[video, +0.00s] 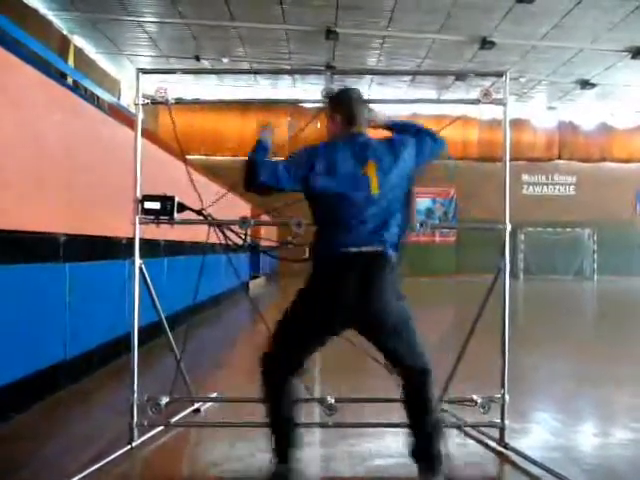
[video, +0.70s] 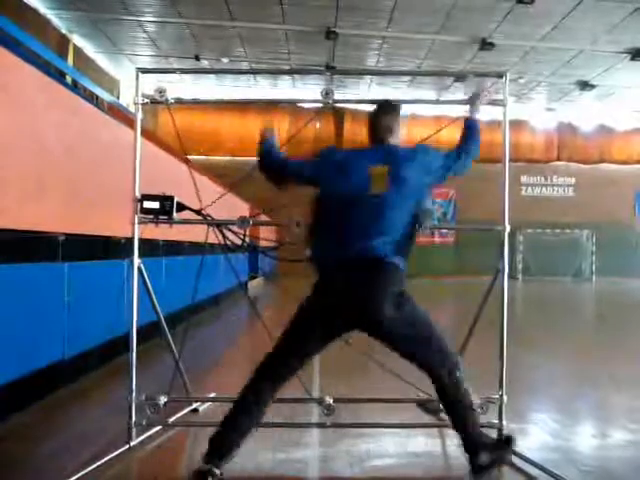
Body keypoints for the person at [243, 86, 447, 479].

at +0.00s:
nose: (327, 126)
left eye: (329, 120)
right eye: (330, 119)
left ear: (335, 121)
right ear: (366, 120)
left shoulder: (319, 160)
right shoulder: (396, 152)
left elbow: (260, 178)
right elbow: (432, 140)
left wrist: (264, 143)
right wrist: (387, 125)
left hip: (328, 289)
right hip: (378, 290)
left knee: (278, 364)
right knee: (416, 370)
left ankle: (284, 463)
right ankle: (430, 465)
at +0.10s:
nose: (291, 119)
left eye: (293, 113)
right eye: (297, 112)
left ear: (297, 114)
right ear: (332, 114)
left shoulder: (282, 152)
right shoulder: (362, 149)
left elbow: (219, 161)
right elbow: (415, 161)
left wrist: (200, 121)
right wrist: (391, 132)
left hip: (312, 284)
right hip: (363, 281)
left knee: (254, 370)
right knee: (406, 364)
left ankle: (201, 458)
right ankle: (449, 458)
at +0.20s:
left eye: (269, 125)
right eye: (297, 128)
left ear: (265, 128)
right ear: (301, 130)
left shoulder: (246, 157)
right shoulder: (320, 166)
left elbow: (206, 128)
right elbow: (368, 204)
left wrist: (171, 101)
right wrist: (400, 187)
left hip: (297, 291)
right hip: (344, 285)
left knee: (235, 389)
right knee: (409, 366)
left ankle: (192, 473)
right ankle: (476, 447)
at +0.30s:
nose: (292, 142)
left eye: (276, 135)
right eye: (294, 137)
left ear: (258, 139)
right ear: (292, 141)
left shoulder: (235, 174)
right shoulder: (310, 177)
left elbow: (197, 156)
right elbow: (324, 233)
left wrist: (171, 117)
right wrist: (375, 239)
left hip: (278, 303)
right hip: (328, 296)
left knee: (207, 378)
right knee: (391, 369)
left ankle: (184, 468)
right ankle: (466, 443)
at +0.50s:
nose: (339, 134)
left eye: (338, 128)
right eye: (337, 128)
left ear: (300, 129)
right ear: (328, 129)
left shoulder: (272, 172)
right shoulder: (347, 166)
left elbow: (227, 194)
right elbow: (401, 206)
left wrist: (248, 162)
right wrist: (398, 173)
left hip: (301, 293)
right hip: (349, 291)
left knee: (243, 379)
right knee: (377, 381)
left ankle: (220, 467)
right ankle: (379, 470)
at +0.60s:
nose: (361, 137)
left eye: (359, 132)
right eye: (360, 132)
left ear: (321, 130)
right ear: (355, 133)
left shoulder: (287, 163)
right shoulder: (364, 169)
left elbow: (245, 150)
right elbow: (425, 200)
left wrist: (280, 120)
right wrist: (424, 165)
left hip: (308, 298)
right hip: (356, 294)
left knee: (262, 392)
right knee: (418, 352)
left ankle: (240, 473)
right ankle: (410, 447)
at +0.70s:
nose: (393, 130)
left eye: (384, 124)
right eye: (396, 125)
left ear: (368, 130)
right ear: (398, 130)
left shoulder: (338, 163)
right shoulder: (417, 162)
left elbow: (278, 169)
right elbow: (463, 157)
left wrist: (267, 144)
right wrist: (474, 113)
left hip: (331, 292)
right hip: (381, 292)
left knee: (272, 371)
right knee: (444, 366)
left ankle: (214, 459)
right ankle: (479, 452)